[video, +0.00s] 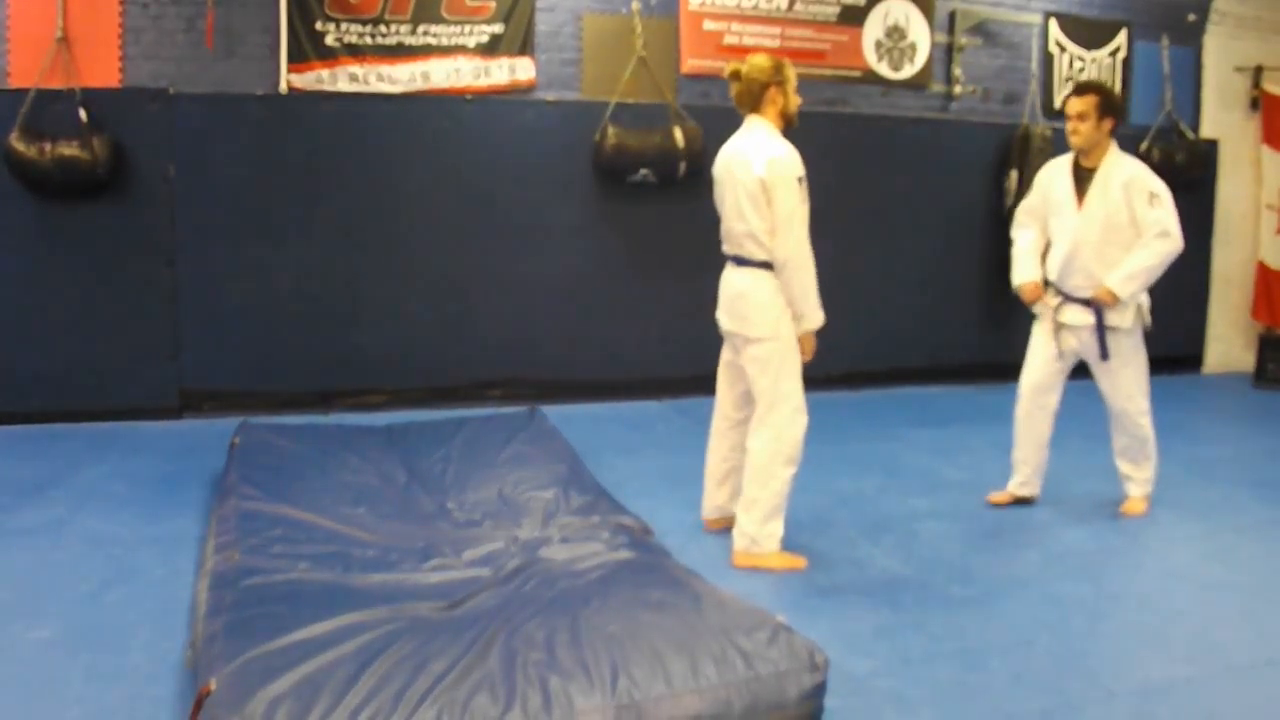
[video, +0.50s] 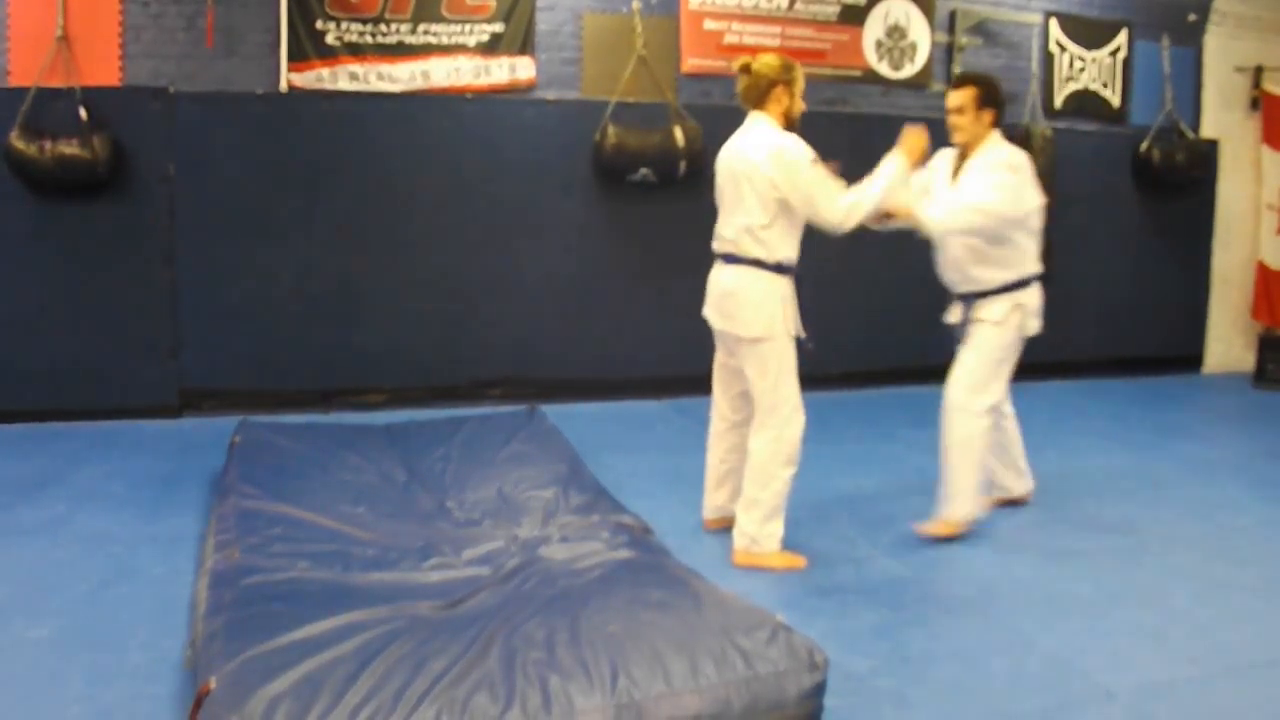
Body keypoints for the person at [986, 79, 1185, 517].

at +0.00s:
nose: (1071, 126)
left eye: (1081, 119)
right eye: (1068, 118)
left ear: (1108, 123)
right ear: (1064, 121)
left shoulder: (1137, 178)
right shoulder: (1052, 174)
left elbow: (1167, 238)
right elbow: (1027, 225)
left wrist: (1119, 286)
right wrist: (1026, 275)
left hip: (1114, 313)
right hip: (1055, 309)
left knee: (1128, 405)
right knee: (1032, 394)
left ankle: (1138, 488)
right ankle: (1023, 484)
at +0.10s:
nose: (1053, 131)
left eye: (1063, 123)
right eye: (1051, 123)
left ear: (1090, 127)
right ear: (1048, 126)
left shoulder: (1123, 181)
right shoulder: (1037, 178)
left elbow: (1152, 239)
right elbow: (1012, 223)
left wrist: (1103, 280)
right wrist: (1012, 264)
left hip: (1104, 318)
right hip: (1045, 314)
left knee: (1120, 409)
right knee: (1020, 396)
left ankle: (1135, 491)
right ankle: (1014, 486)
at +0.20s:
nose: (1030, 131)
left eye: (1039, 122)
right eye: (1026, 123)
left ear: (1065, 126)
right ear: (1023, 127)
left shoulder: (1096, 179)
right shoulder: (1016, 179)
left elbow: (1129, 235)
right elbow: (991, 220)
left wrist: (1074, 268)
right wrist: (989, 251)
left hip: (1084, 316)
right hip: (1028, 315)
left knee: (1105, 407)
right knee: (1008, 402)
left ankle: (1131, 486)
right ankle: (1014, 487)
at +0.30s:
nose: (1001, 124)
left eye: (1010, 116)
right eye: (998, 116)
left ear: (1039, 120)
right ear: (998, 121)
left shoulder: (1068, 169)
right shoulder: (991, 172)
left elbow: (1097, 226)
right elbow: (967, 212)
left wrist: (1040, 252)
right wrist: (963, 238)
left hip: (1061, 307)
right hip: (1008, 307)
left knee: (1060, 401)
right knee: (997, 401)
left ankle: (1116, 471)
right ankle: (1012, 487)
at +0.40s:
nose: (975, 123)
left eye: (984, 114)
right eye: (972, 114)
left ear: (1012, 118)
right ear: (972, 119)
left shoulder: (1042, 170)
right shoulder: (968, 168)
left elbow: (1042, 227)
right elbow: (941, 202)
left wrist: (983, 238)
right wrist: (930, 221)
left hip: (1036, 300)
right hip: (986, 301)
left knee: (1008, 395)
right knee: (984, 399)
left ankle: (1054, 477)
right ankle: (1011, 483)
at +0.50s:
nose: (951, 120)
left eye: (960, 112)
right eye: (948, 112)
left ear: (988, 116)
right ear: (949, 115)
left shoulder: (1008, 166)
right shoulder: (945, 162)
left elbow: (966, 218)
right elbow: (905, 200)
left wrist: (912, 212)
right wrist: (848, 196)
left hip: (1009, 300)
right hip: (971, 299)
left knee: (964, 394)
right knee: (989, 394)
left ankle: (956, 512)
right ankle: (1012, 482)